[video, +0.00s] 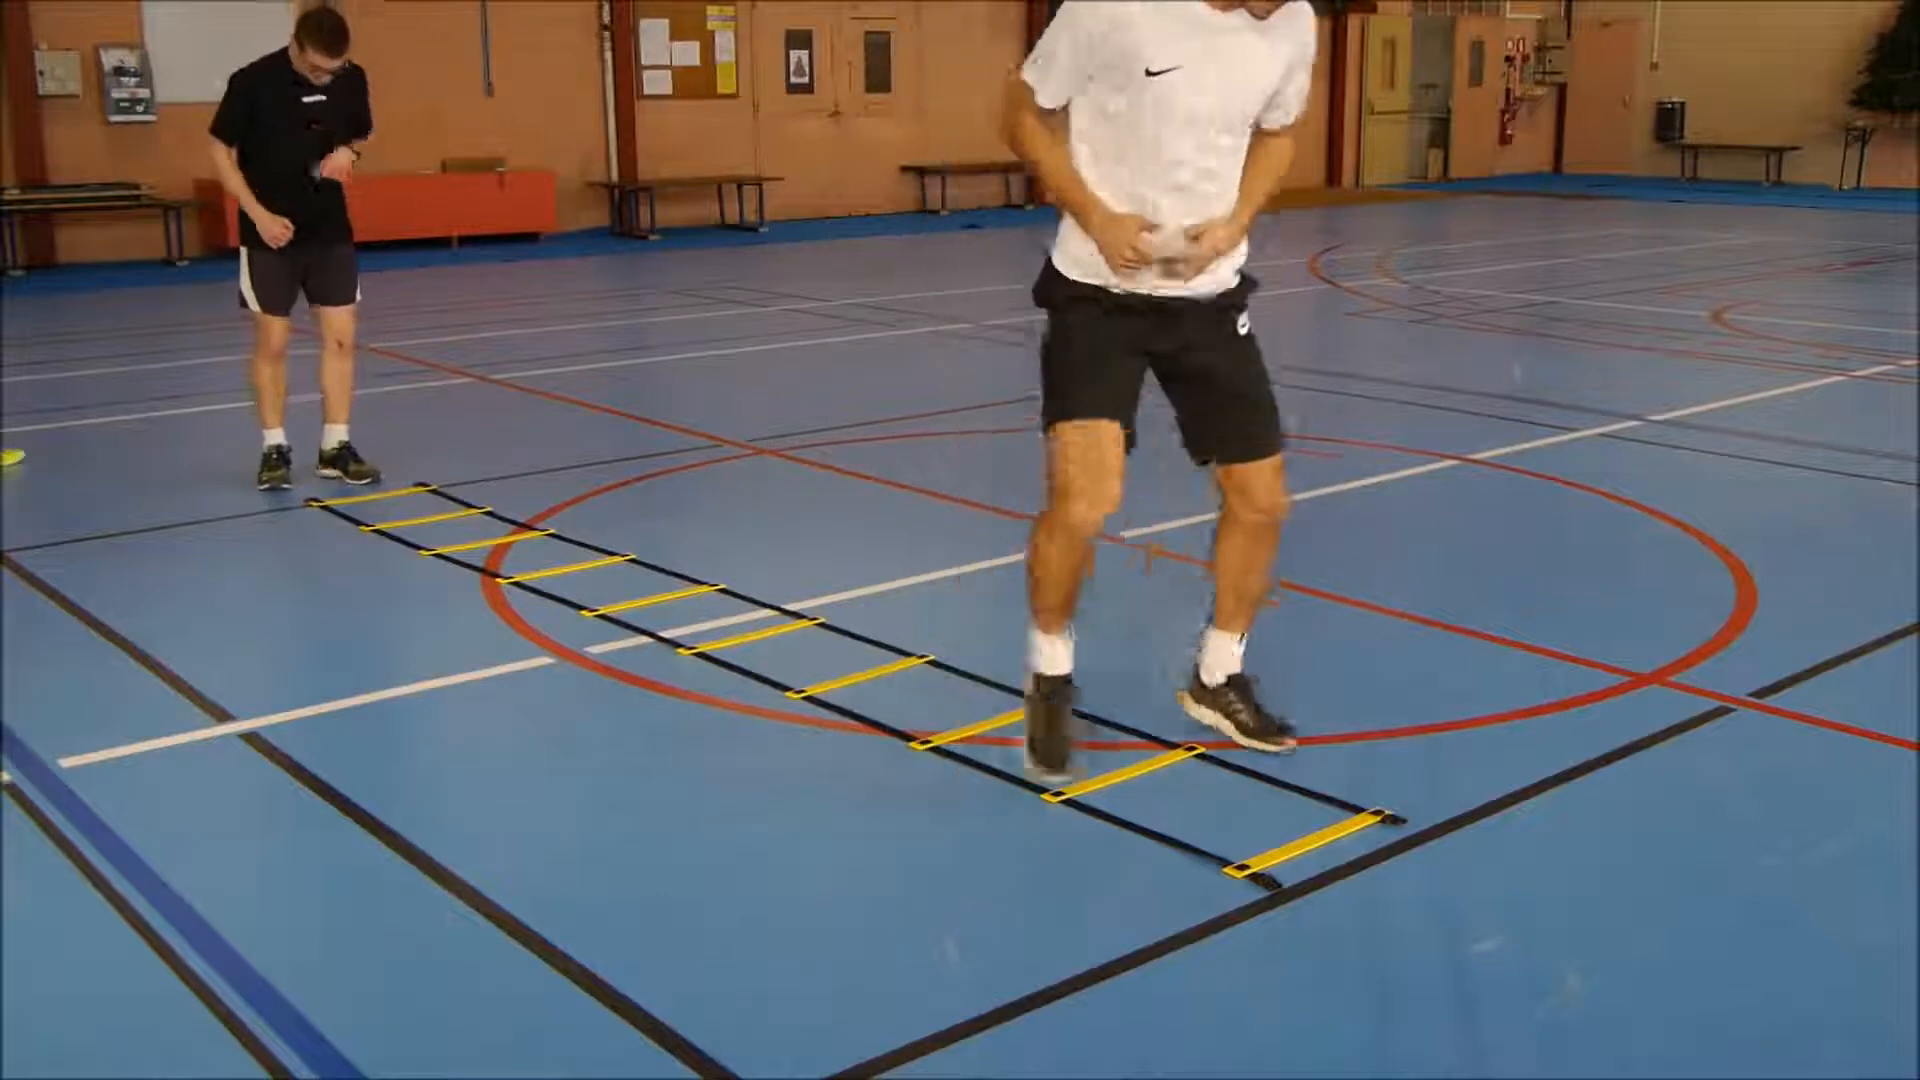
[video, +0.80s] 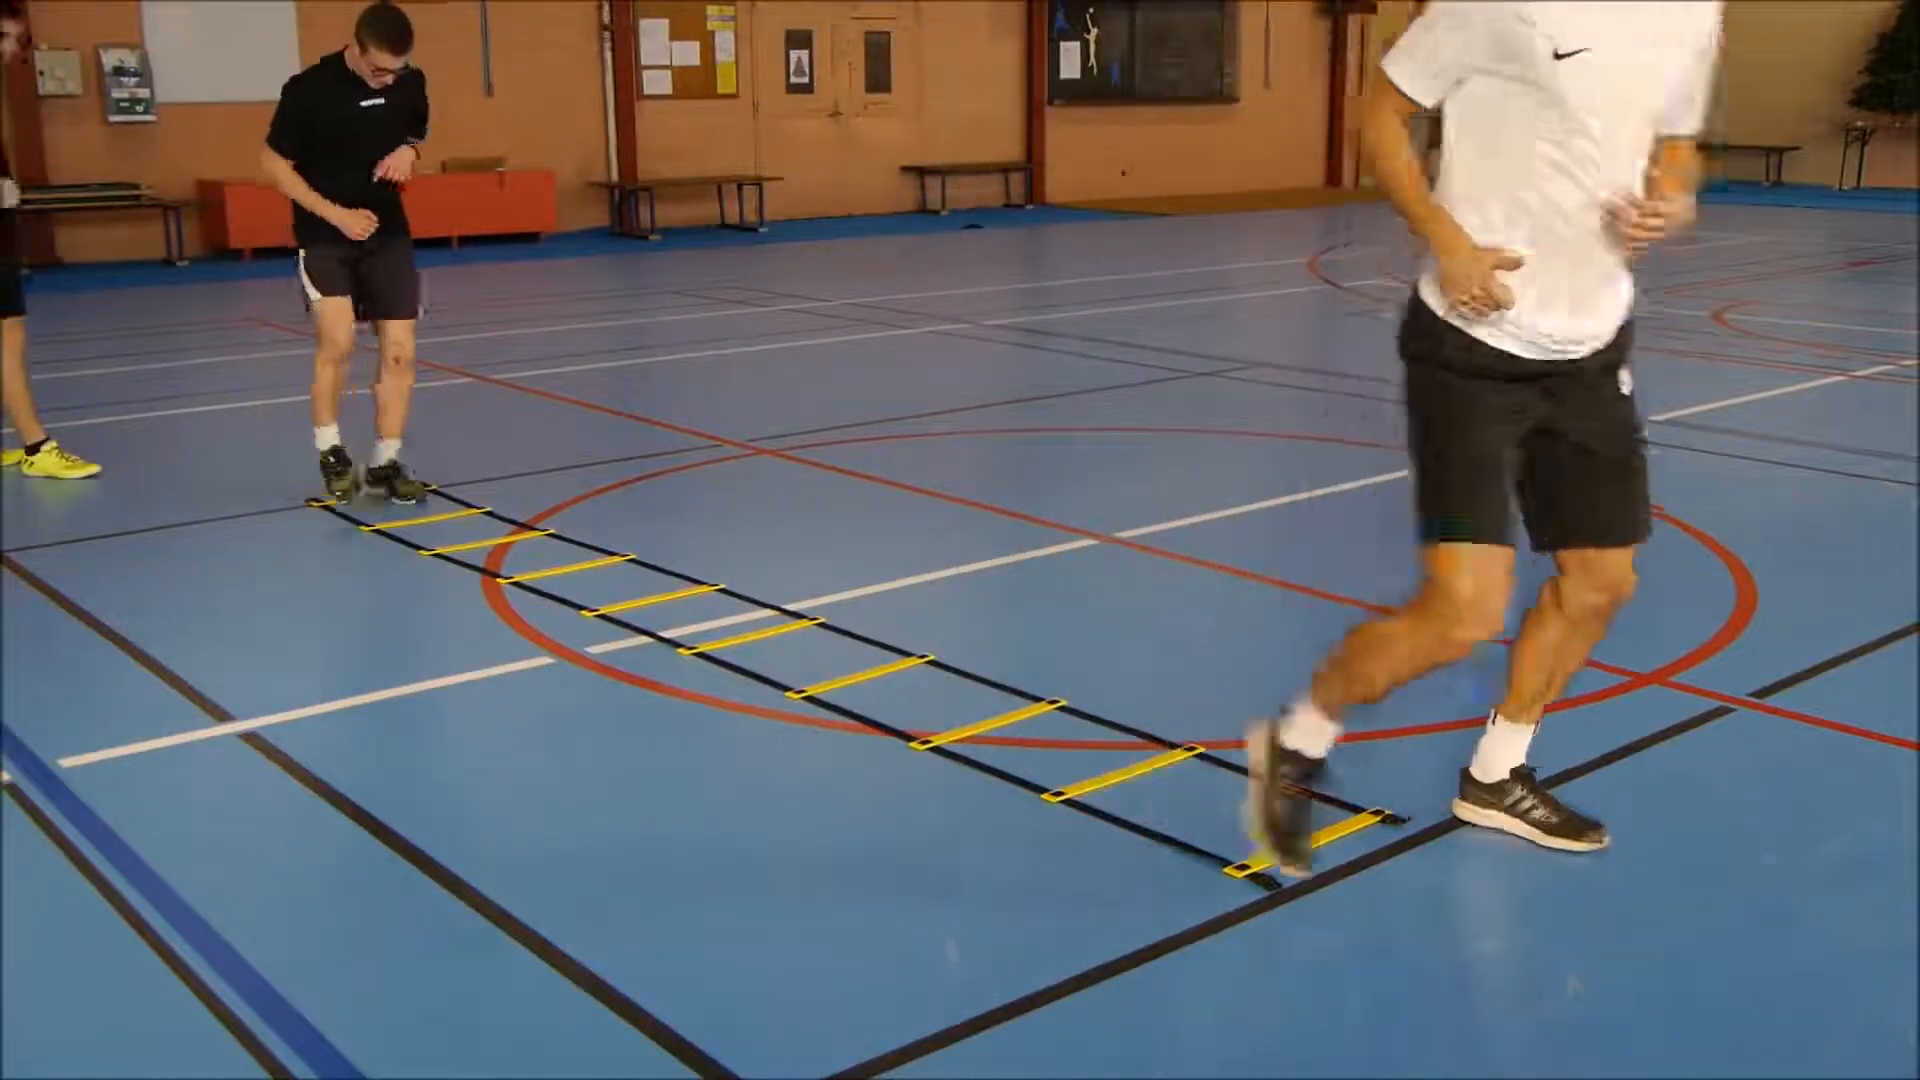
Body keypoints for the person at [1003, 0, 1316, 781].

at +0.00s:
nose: (1266, 3)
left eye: (1276, 2)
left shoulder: (1293, 22)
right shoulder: (1106, 13)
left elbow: (1277, 133)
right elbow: (1026, 113)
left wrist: (1235, 220)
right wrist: (1094, 217)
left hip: (1209, 300)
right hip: (1096, 295)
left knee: (1261, 500)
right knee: (1085, 500)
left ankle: (1218, 675)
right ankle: (1050, 674)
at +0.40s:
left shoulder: (1425, 13)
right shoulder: (1220, 8)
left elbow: (1402, 135)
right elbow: (1135, 109)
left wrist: (1350, 224)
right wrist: (1204, 227)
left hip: (1319, 308)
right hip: (1201, 296)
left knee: (1335, 536)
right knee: (1212, 533)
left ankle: (1207, 715)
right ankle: (1127, 743)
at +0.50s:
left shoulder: (1436, 19)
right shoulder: (1284, 18)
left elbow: (1362, 142)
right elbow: (1178, 163)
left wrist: (1386, 224)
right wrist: (1306, 284)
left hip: (1357, 340)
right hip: (1253, 343)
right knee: (1189, 598)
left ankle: (1319, 675)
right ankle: (1070, 808)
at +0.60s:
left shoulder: (1473, 25)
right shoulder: (1350, 23)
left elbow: (1394, 161)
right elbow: (1248, 181)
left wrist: (1446, 235)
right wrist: (1384, 299)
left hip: (1403, 343)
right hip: (1299, 346)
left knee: (1544, 510)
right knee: (1210, 596)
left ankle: (1414, 702)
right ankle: (1074, 803)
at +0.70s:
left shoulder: (1602, 9)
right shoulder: (1433, 6)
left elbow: (1511, 140)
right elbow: (1321, 119)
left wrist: (1562, 198)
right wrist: (1434, 242)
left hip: (1515, 337)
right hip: (1400, 327)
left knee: (1558, 567)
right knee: (1332, 596)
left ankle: (1487, 779)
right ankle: (1159, 763)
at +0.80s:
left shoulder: (1696, 11)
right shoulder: (1495, 10)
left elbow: (1677, 147)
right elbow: (1378, 112)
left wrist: (1666, 203)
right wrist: (1445, 240)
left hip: (1588, 346)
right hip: (1469, 339)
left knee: (1600, 576)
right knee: (1464, 611)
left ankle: (1494, 775)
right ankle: (1294, 738)